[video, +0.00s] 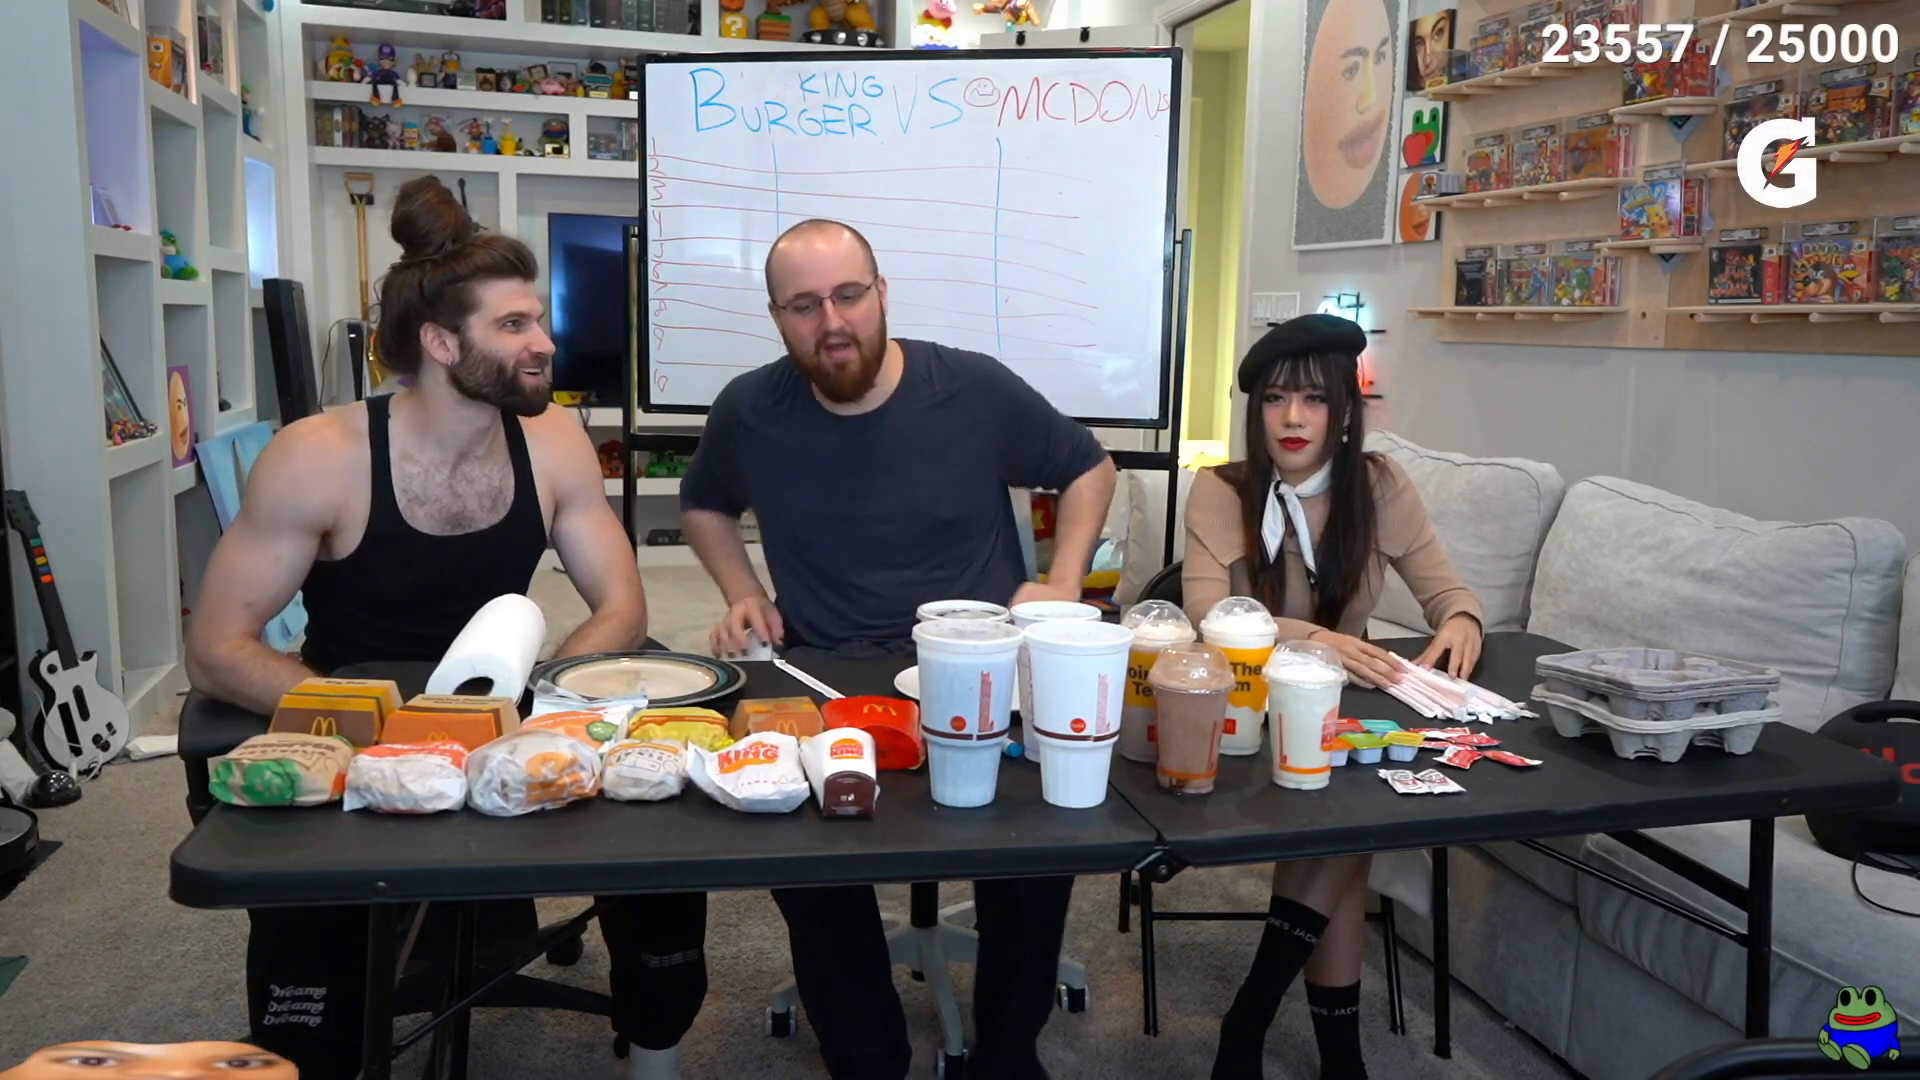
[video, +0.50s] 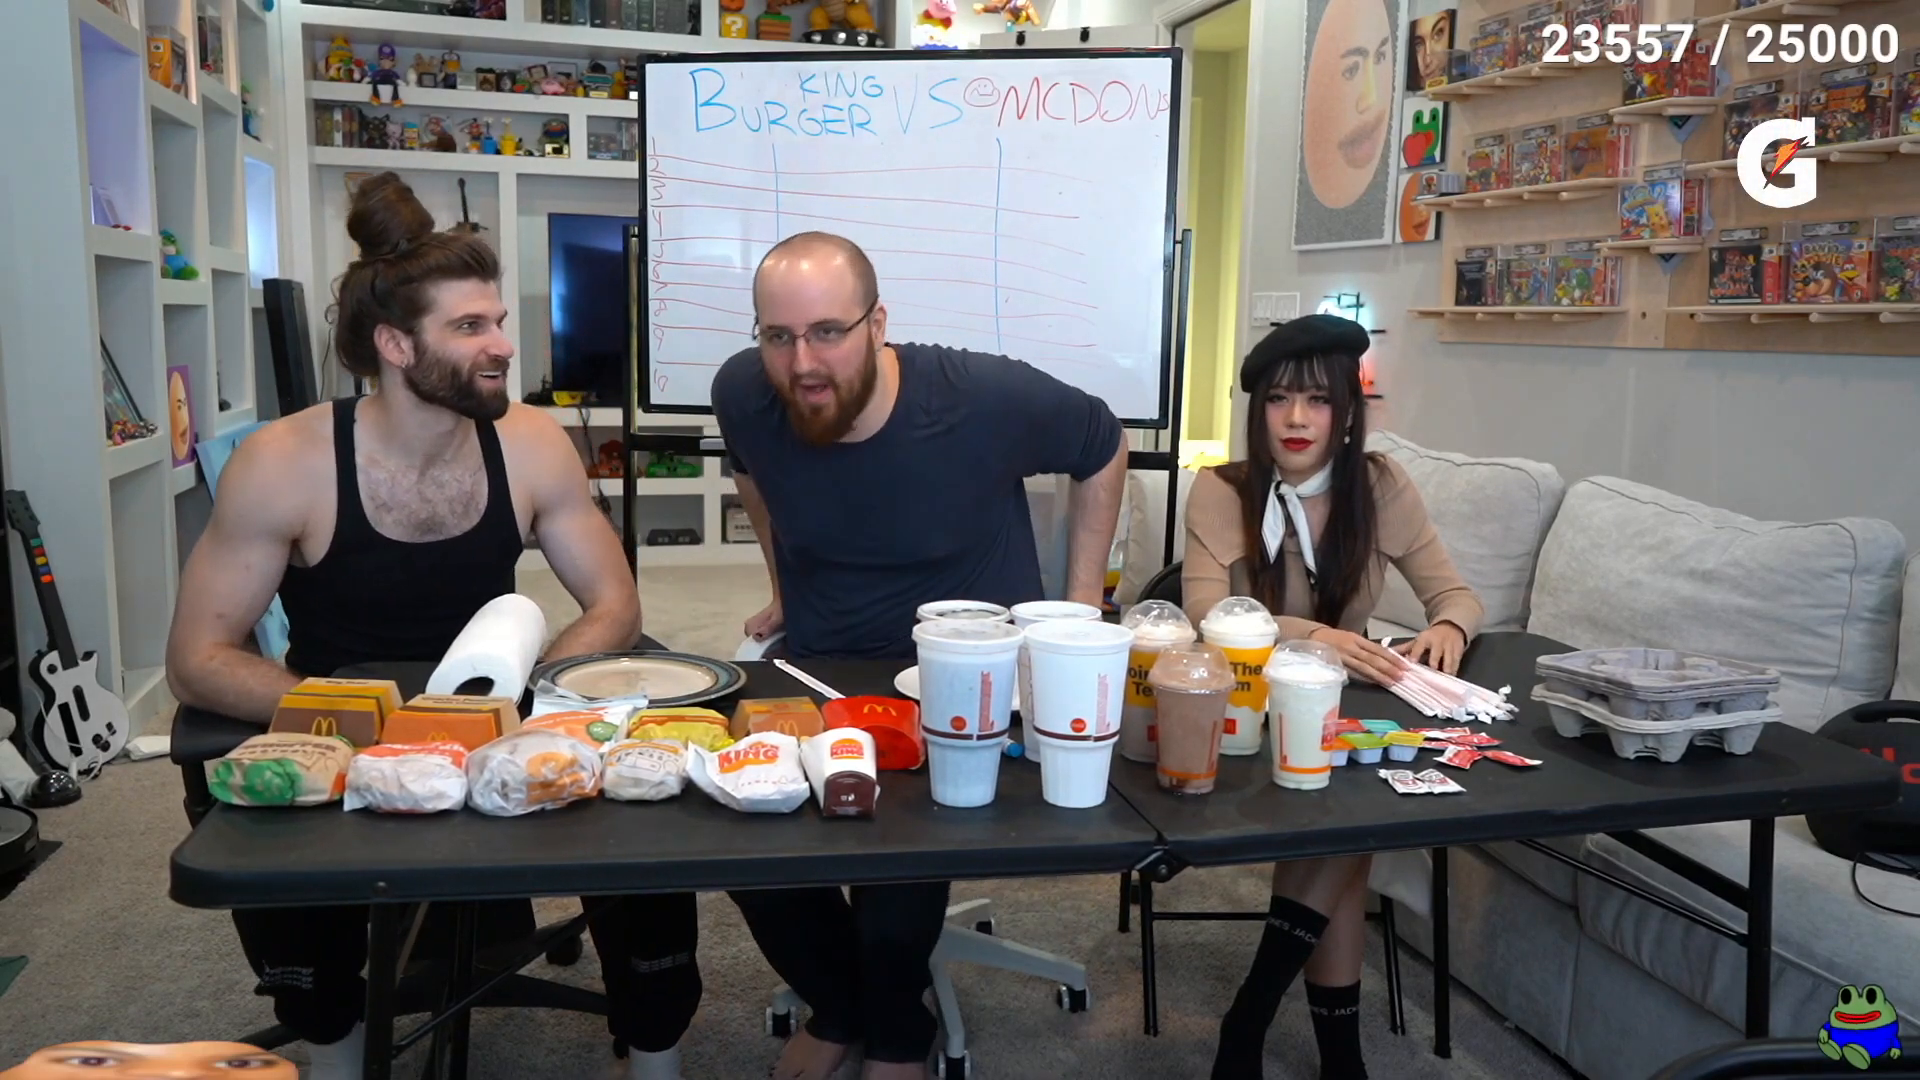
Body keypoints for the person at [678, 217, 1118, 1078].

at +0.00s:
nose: (832, 321)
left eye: (850, 296)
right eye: (804, 305)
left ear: (882, 296)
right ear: (777, 319)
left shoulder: (971, 388)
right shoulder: (748, 412)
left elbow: (1089, 466)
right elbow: (704, 502)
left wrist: (1063, 582)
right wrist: (742, 591)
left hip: (979, 677)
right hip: (827, 681)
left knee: (1039, 834)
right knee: (804, 840)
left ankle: (1007, 1057)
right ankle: (869, 1060)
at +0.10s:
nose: (830, 330)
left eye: (851, 305)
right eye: (805, 312)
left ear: (888, 305)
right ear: (782, 325)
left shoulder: (980, 387)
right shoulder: (754, 408)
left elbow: (1086, 447)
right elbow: (721, 475)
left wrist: (1078, 584)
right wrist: (765, 582)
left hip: (981, 675)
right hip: (830, 675)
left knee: (1013, 832)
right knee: (787, 837)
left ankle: (954, 1045)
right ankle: (861, 1056)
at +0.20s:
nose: (831, 335)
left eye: (851, 308)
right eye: (806, 315)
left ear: (892, 305)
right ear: (783, 324)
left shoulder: (987, 388)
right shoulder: (759, 407)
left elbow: (1084, 459)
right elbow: (740, 484)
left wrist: (1074, 608)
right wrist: (782, 586)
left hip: (978, 675)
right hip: (828, 670)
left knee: (985, 831)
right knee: (773, 821)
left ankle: (885, 1038)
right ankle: (860, 1051)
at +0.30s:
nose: (830, 332)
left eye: (851, 304)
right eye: (806, 310)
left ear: (894, 303)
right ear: (783, 317)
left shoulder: (992, 387)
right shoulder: (761, 399)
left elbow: (1088, 457)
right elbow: (747, 479)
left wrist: (1077, 604)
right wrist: (783, 586)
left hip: (975, 677)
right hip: (830, 671)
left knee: (966, 846)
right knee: (766, 823)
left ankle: (881, 1024)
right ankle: (834, 1004)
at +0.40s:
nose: (820, 344)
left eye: (843, 316)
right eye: (797, 320)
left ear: (889, 312)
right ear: (775, 322)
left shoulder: (988, 391)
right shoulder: (756, 396)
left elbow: (1099, 450)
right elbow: (751, 475)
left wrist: (1081, 609)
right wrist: (784, 590)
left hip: (968, 681)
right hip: (825, 673)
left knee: (938, 834)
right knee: (744, 819)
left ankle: (844, 1017)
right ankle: (889, 1033)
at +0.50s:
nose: (803, 362)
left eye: (827, 334)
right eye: (780, 337)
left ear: (876, 324)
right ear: (759, 333)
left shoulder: (981, 396)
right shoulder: (744, 395)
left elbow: (1104, 444)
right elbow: (754, 482)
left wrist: (1082, 606)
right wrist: (784, 590)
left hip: (953, 683)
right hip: (814, 674)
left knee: (900, 846)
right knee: (748, 828)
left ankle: (894, 1040)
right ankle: (835, 1013)